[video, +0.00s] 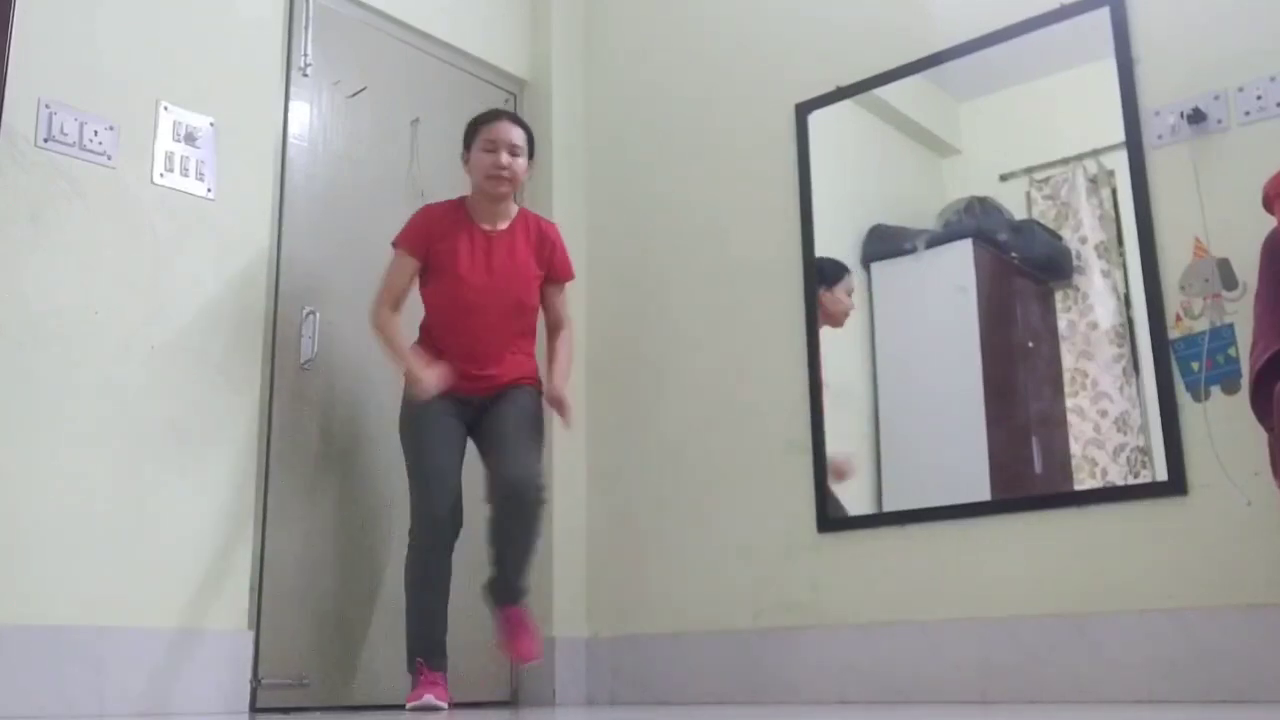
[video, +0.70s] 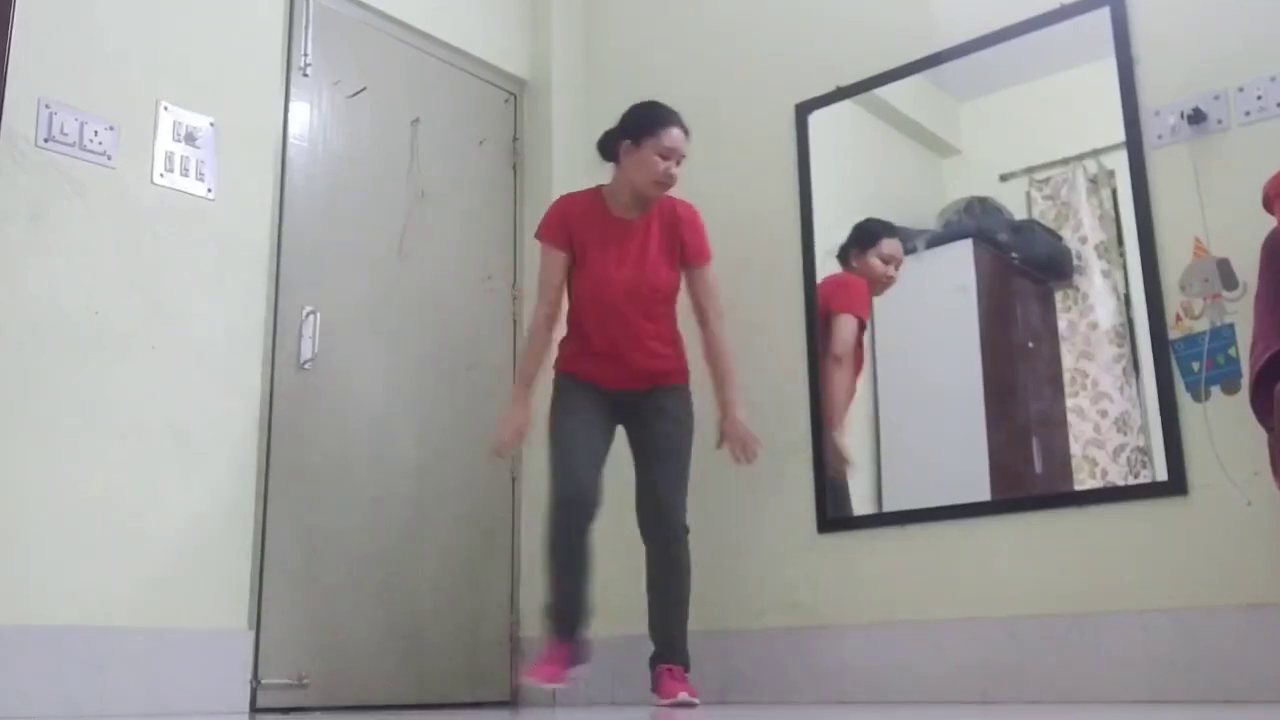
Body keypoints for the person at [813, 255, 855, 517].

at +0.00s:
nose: (852, 305)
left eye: (851, 295)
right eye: (847, 294)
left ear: (825, 295)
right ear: (823, 294)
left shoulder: (809, 340)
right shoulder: (803, 342)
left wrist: (823, 463)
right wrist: (824, 464)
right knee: (838, 520)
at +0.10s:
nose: (849, 298)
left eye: (850, 290)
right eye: (843, 288)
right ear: (817, 286)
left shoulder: (809, 327)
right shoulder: (805, 328)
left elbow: (816, 410)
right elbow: (816, 407)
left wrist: (868, 414)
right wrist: (869, 414)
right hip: (797, 461)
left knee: (846, 520)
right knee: (845, 519)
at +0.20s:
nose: (849, 288)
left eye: (853, 281)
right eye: (843, 277)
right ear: (816, 272)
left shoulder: (816, 315)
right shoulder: (805, 313)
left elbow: (841, 392)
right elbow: (830, 379)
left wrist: (887, 363)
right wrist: (887, 361)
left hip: (809, 454)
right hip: (795, 455)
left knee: (835, 521)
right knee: (833, 520)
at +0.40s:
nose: (863, 280)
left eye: (868, 273)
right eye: (854, 269)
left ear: (872, 275)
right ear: (825, 268)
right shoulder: (820, 296)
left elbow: (866, 385)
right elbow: (865, 360)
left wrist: (915, 352)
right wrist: (921, 342)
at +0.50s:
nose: (874, 277)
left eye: (879, 270)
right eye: (865, 265)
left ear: (883, 272)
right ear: (837, 264)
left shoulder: (829, 301)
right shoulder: (832, 291)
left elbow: (854, 393)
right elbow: (862, 365)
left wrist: (917, 401)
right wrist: (927, 394)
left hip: (814, 441)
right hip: (805, 441)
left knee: (836, 528)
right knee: (835, 528)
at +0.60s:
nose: (883, 276)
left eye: (888, 269)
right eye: (875, 264)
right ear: (846, 260)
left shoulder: (829, 294)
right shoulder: (841, 290)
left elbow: (840, 395)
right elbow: (861, 371)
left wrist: (870, 461)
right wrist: (889, 447)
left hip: (815, 435)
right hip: (807, 434)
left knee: (836, 520)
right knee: (837, 519)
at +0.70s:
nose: (892, 273)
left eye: (897, 266)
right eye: (884, 260)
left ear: (903, 267)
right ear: (855, 257)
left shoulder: (831, 287)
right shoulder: (850, 285)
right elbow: (837, 355)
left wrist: (831, 431)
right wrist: (832, 430)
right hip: (818, 433)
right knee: (837, 521)